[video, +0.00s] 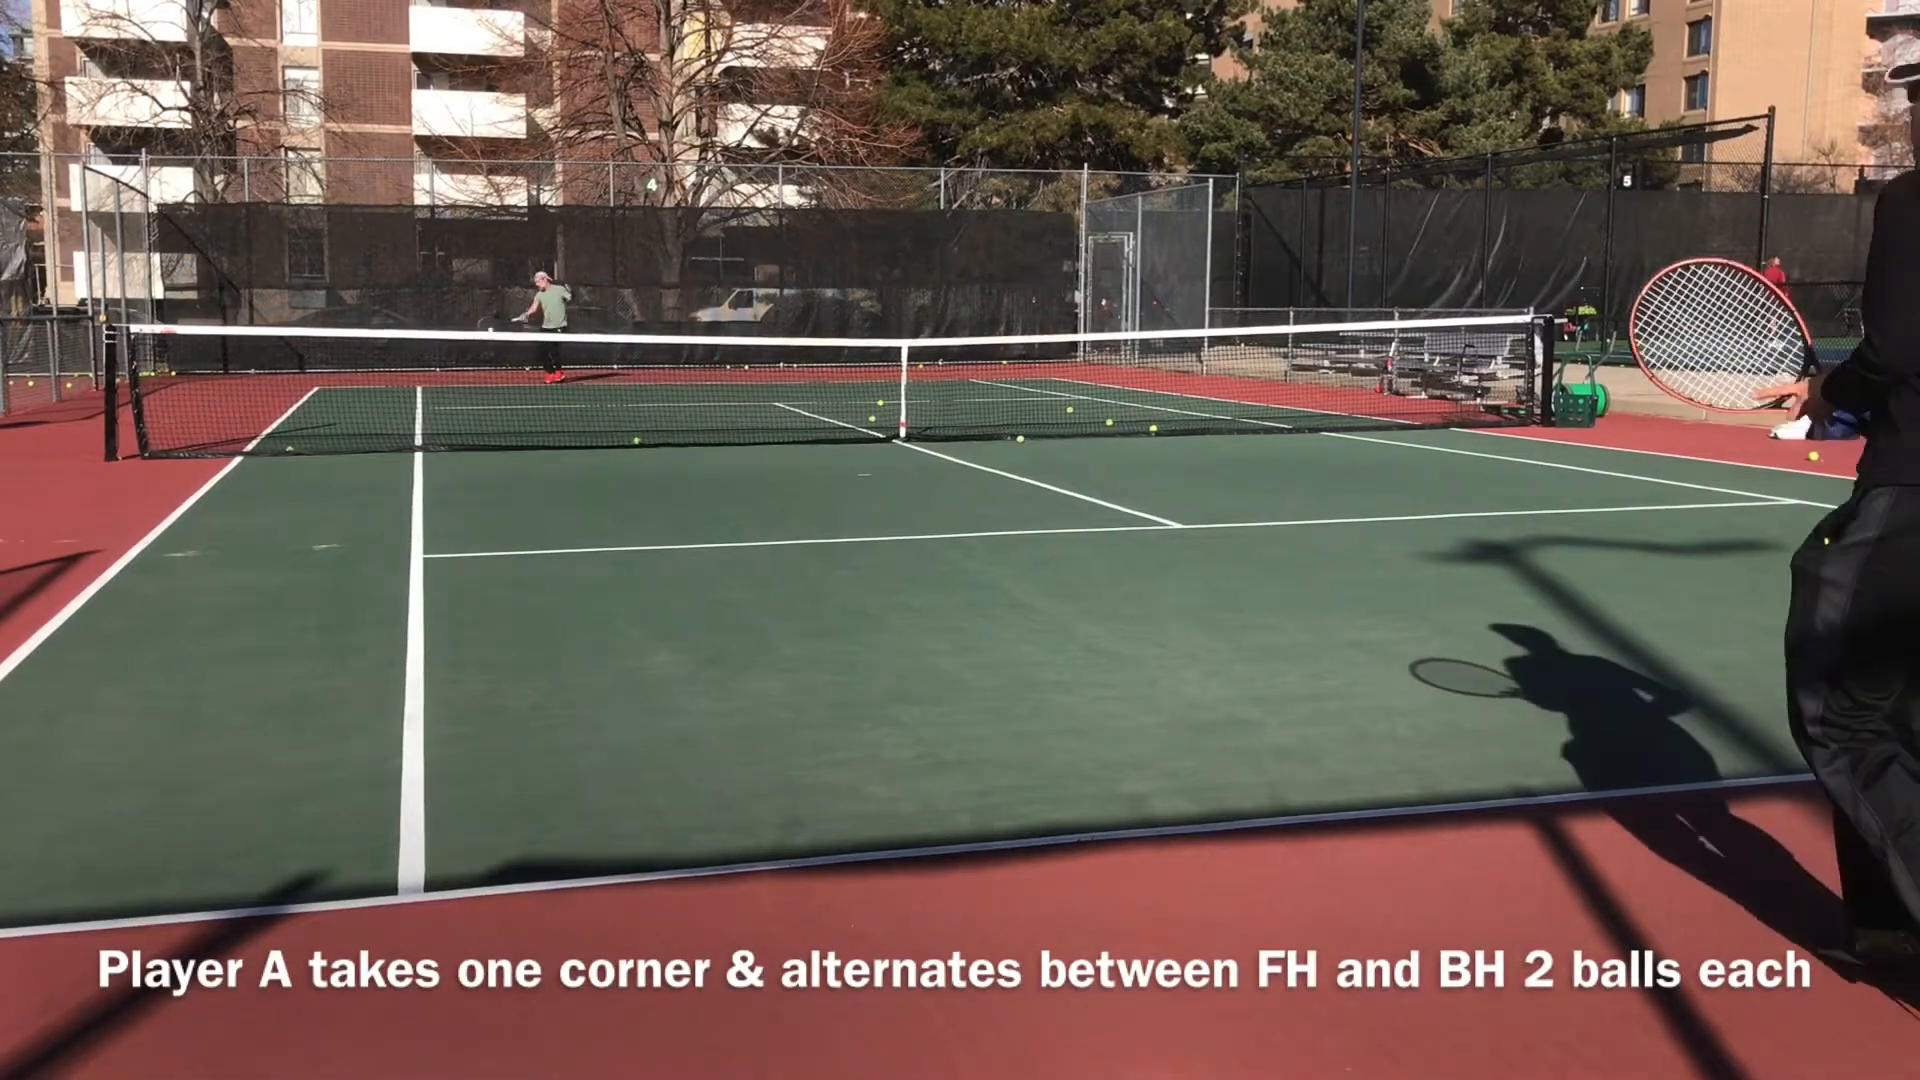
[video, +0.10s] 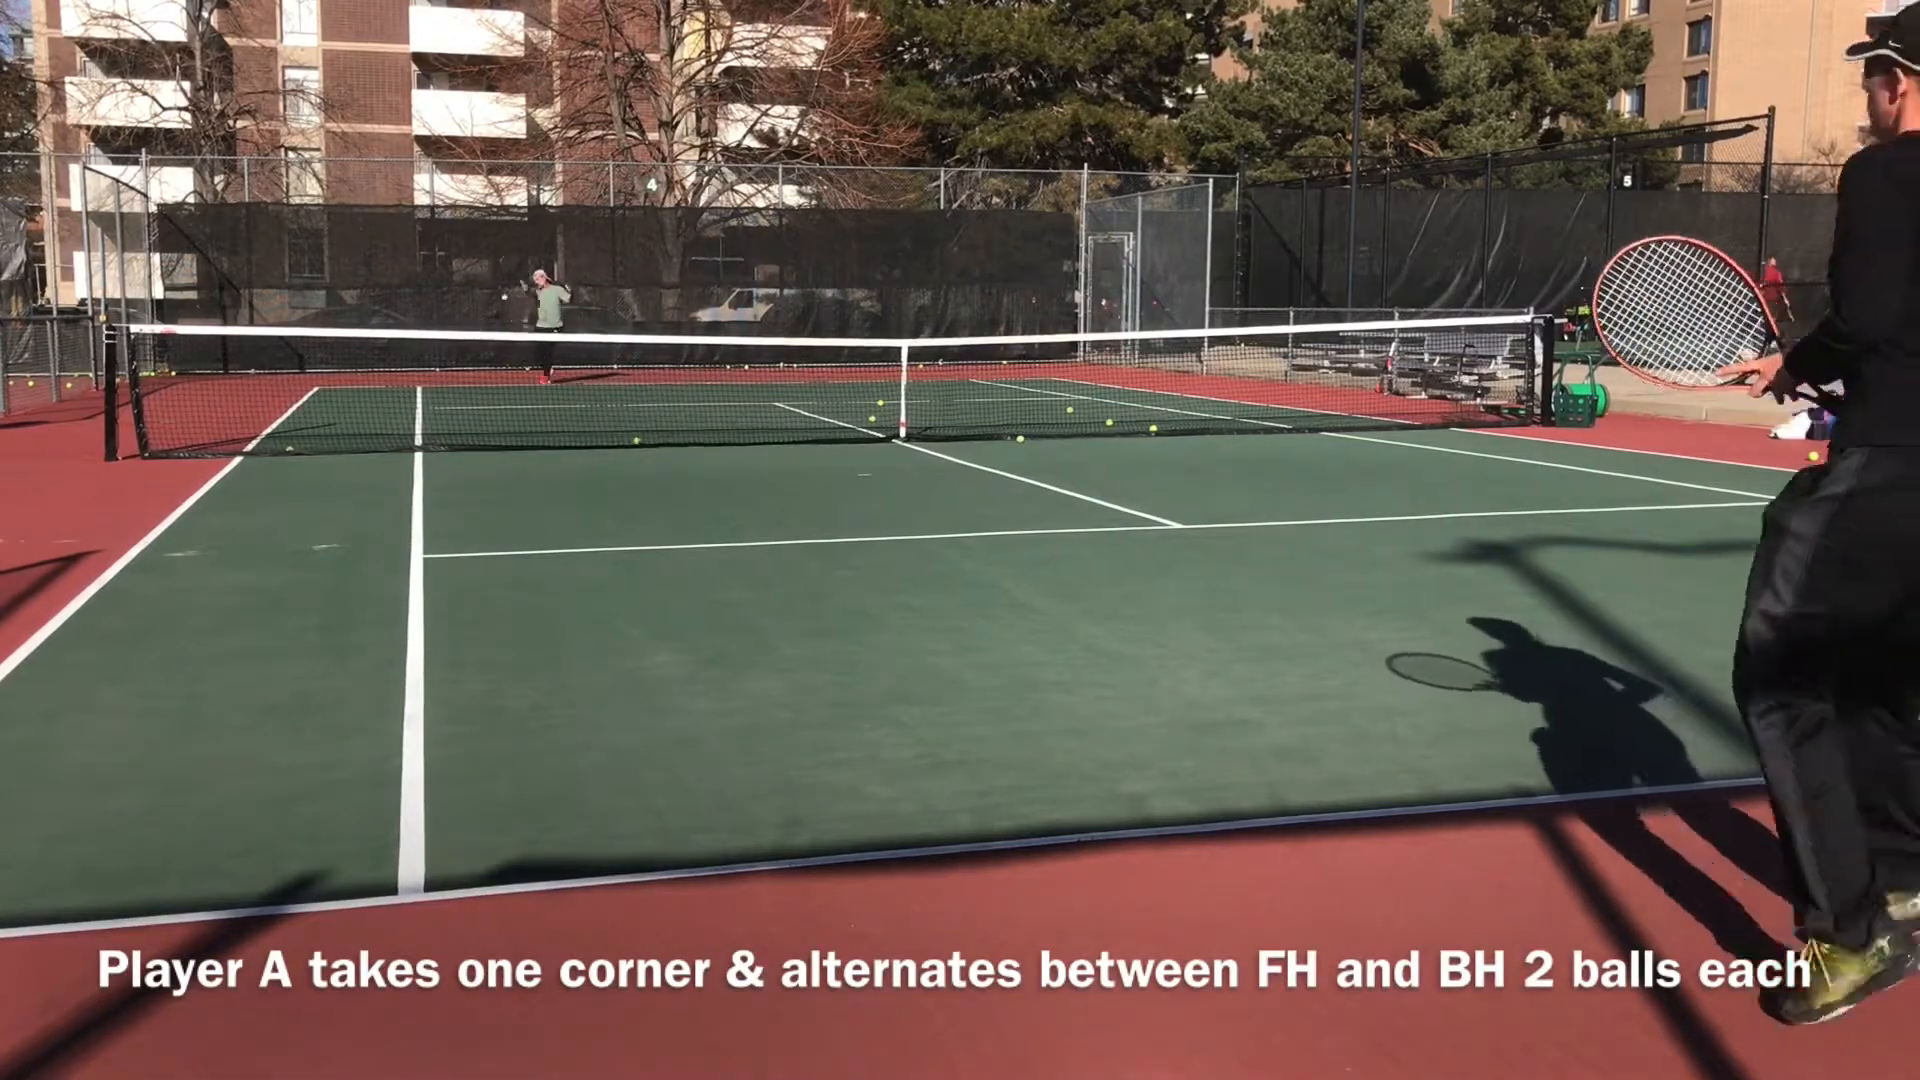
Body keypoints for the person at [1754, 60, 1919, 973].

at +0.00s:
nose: (1891, 114)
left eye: (1898, 98)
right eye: (1894, 96)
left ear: (1912, 113)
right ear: (1905, 115)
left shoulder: (1901, 205)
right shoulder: (1899, 208)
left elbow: (1894, 353)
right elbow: (1895, 353)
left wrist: (1837, 387)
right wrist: (1840, 384)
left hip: (1902, 499)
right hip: (1897, 493)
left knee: (1844, 697)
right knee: (1872, 693)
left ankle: (1897, 922)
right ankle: (1886, 924)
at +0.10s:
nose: (1873, 96)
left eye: (1884, 80)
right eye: (1872, 80)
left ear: (1911, 87)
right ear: (1894, 89)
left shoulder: (1884, 173)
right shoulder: (1889, 174)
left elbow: (1870, 316)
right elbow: (1870, 317)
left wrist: (1797, 363)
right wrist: (1803, 362)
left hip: (1885, 466)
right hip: (1896, 464)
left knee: (1776, 672)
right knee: (1876, 673)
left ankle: (1848, 928)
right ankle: (1895, 882)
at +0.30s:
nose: (1777, 179)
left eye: (1784, 164)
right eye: (1780, 164)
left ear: (1816, 173)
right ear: (1863, 175)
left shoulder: (1801, 257)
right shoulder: (1898, 264)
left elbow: (1793, 410)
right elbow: (1858, 427)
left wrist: (1726, 451)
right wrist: (1731, 447)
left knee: (1688, 736)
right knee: (1811, 706)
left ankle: (1655, 967)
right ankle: (1882, 882)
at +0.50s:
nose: (1736, 215)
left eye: (1739, 199)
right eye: (1735, 199)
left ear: (1772, 200)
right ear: (1807, 195)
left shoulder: (1841, 282)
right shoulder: (1844, 275)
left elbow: (1865, 438)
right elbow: (1838, 426)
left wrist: (1738, 480)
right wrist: (1786, 524)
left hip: (1891, 549)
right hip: (1881, 540)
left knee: (1788, 734)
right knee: (1778, 707)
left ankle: (1737, 965)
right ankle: (1823, 868)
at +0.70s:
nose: (1755, 249)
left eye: (1758, 232)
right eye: (1753, 233)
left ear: (1796, 228)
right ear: (1809, 227)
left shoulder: (1908, 275)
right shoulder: (1803, 317)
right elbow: (1823, 432)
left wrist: (1918, 428)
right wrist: (1834, 514)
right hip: (1895, 551)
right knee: (1808, 699)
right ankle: (1822, 876)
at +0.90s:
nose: (1778, 286)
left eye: (1782, 266)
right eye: (1776, 269)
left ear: (1826, 263)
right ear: (1832, 264)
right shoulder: (1827, 350)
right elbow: (1909, 429)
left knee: (1828, 692)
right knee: (1823, 693)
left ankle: (1837, 899)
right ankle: (1835, 899)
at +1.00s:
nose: (1765, 297)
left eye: (1771, 277)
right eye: (1763, 280)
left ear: (1821, 275)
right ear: (1827, 276)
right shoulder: (1819, 363)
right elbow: (1896, 416)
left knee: (1827, 710)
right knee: (1825, 710)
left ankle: (1841, 942)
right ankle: (1840, 940)